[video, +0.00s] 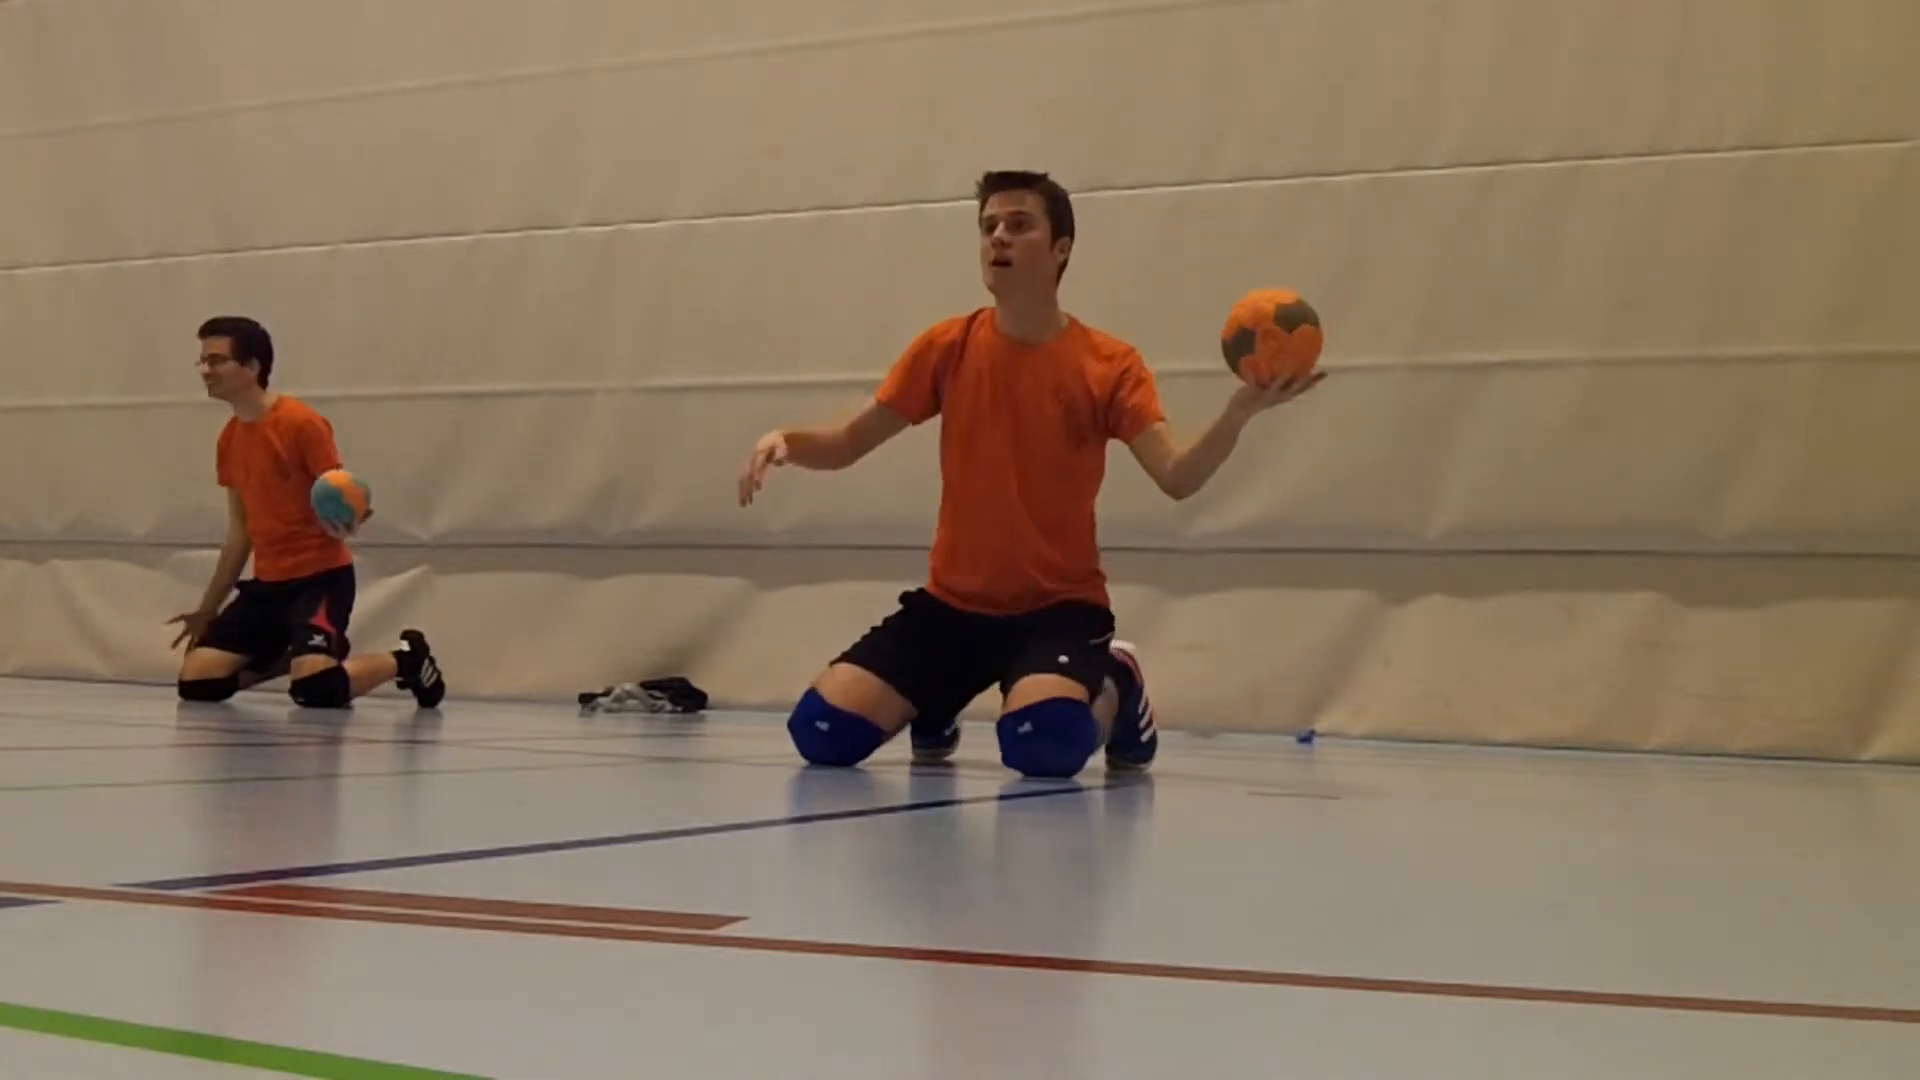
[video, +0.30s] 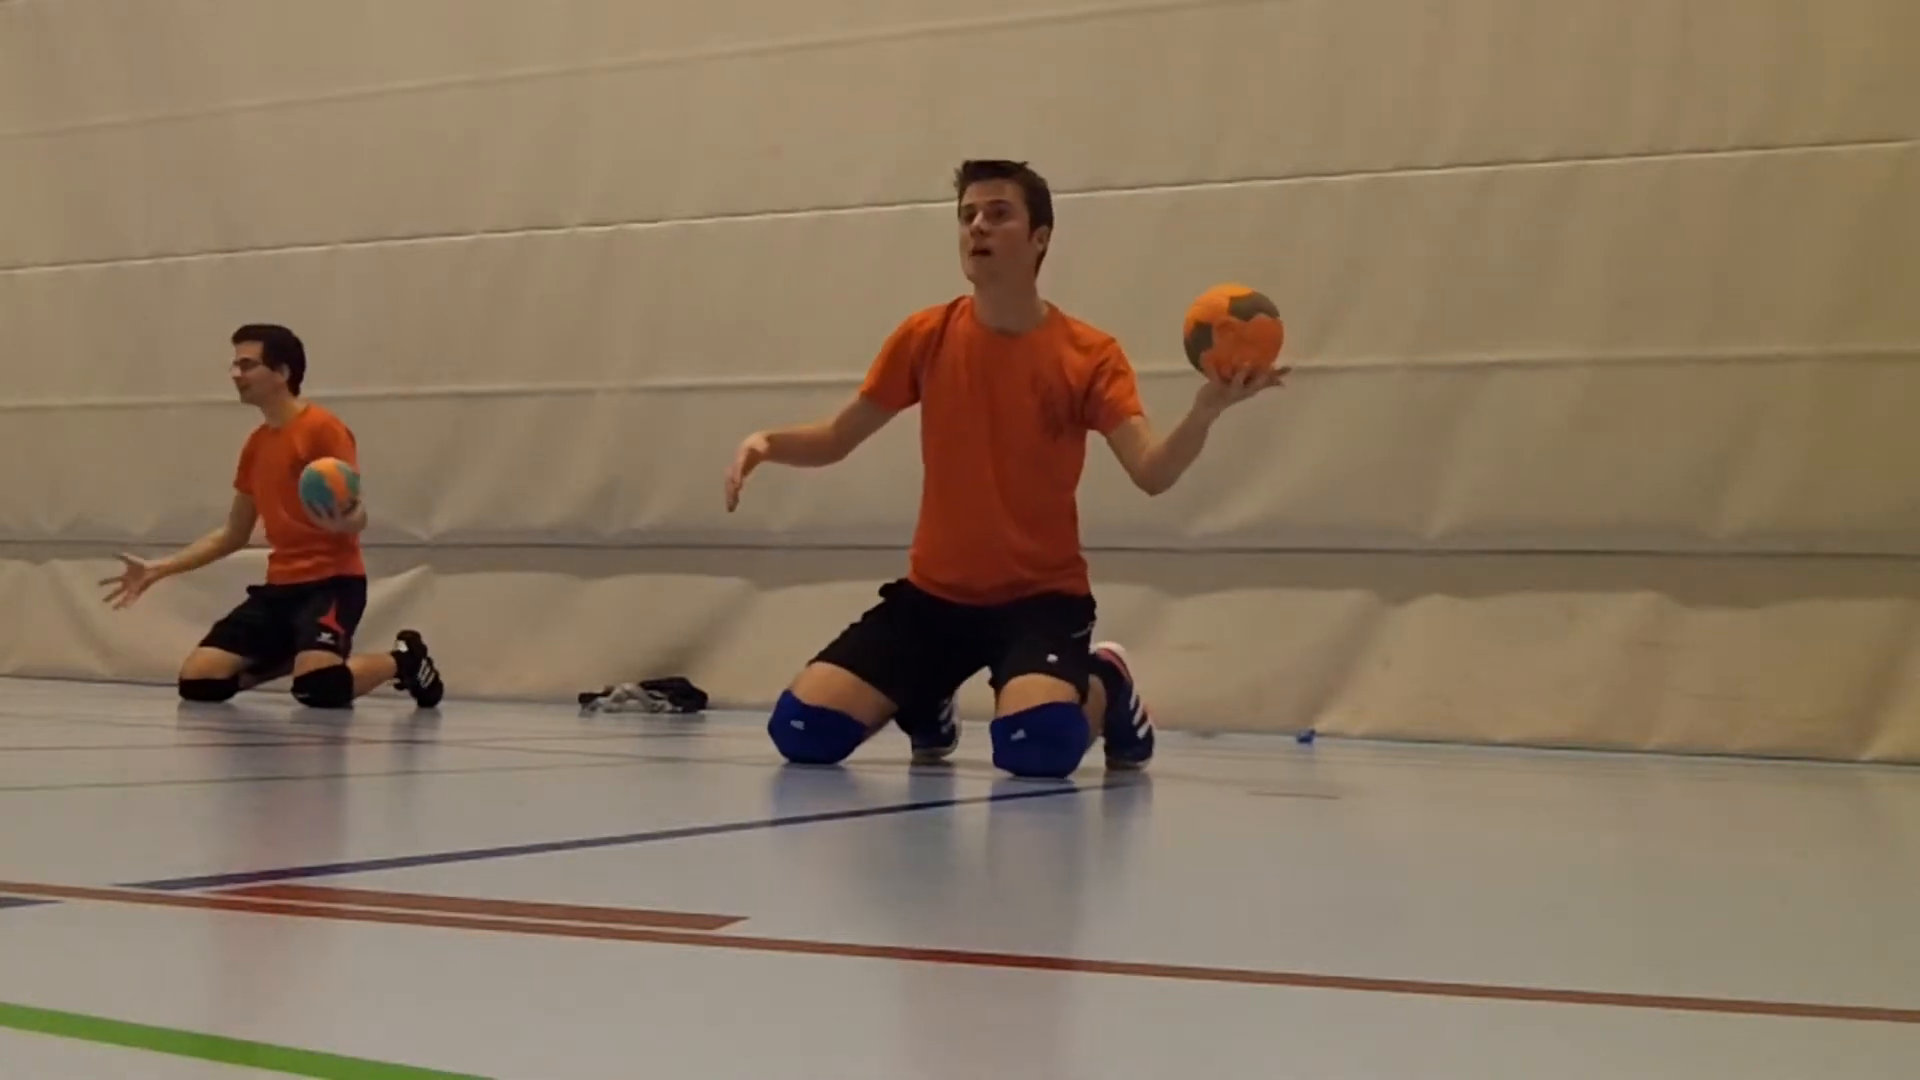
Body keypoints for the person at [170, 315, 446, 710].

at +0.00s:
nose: (205, 370)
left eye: (216, 360)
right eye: (203, 361)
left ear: (253, 367)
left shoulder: (301, 424)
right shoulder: (231, 438)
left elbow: (343, 502)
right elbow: (239, 534)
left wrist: (346, 521)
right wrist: (206, 611)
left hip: (323, 580)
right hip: (268, 584)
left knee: (314, 689)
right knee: (198, 684)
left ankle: (407, 660)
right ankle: (299, 656)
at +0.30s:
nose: (235, 375)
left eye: (246, 366)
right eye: (234, 365)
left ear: (282, 373)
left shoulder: (324, 430)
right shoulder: (257, 446)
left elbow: (357, 517)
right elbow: (233, 535)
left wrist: (345, 524)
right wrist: (158, 569)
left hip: (332, 583)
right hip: (280, 586)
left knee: (315, 687)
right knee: (197, 683)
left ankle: (404, 660)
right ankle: (306, 657)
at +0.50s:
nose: (285, 386)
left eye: (293, 374)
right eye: (285, 374)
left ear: (326, 375)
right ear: (317, 377)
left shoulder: (370, 435)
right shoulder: (303, 435)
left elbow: (388, 525)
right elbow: (281, 516)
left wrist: (350, 531)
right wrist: (200, 533)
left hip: (347, 585)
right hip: (294, 583)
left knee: (322, 689)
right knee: (208, 684)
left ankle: (400, 660)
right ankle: (310, 655)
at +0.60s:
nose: (298, 388)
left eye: (306, 378)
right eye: (299, 378)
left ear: (339, 382)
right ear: (331, 383)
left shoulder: (381, 441)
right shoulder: (322, 437)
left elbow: (408, 530)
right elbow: (324, 513)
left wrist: (364, 537)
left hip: (357, 589)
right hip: (305, 583)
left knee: (324, 689)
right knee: (215, 682)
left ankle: (391, 660)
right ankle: (314, 651)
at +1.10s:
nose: (296, 376)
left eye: (309, 368)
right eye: (297, 366)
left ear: (343, 377)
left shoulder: (378, 434)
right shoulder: (321, 436)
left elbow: (431, 503)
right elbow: (338, 506)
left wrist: (400, 538)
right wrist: (292, 506)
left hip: (368, 591)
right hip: (316, 586)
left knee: (328, 691)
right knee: (232, 686)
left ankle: (400, 660)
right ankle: (314, 656)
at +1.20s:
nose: (288, 364)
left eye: (300, 355)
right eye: (286, 355)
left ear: (334, 365)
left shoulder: (364, 421)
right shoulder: (312, 432)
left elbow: (416, 494)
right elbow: (314, 512)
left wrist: (386, 531)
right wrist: (264, 466)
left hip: (359, 585)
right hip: (307, 582)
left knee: (328, 691)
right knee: (230, 687)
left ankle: (398, 660)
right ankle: (319, 653)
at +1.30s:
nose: (283, 353)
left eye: (296, 344)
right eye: (282, 344)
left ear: (329, 355)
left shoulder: (359, 417)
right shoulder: (292, 426)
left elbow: (401, 493)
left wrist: (372, 524)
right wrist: (225, 425)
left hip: (347, 580)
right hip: (291, 578)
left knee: (326, 691)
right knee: (225, 686)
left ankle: (392, 661)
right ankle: (326, 650)